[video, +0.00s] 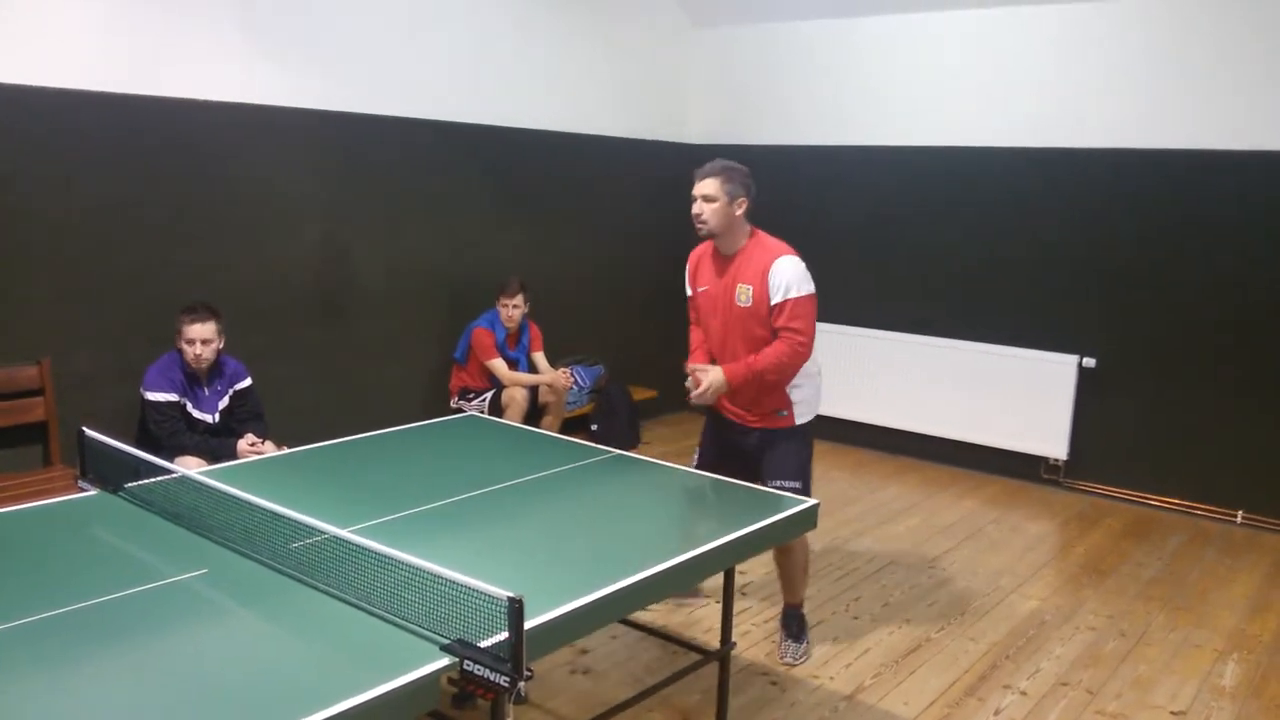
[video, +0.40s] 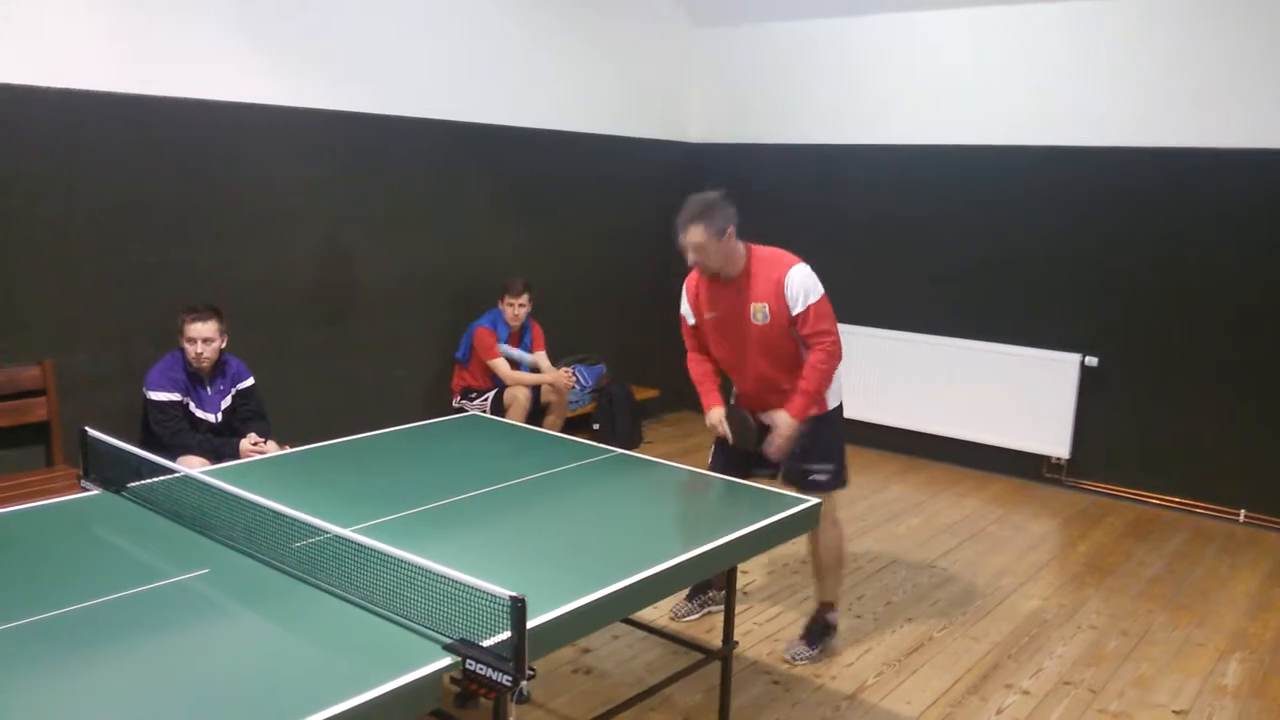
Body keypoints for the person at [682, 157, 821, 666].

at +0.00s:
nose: (696, 209)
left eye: (707, 201)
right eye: (694, 200)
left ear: (740, 206)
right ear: (696, 206)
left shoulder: (782, 265)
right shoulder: (697, 261)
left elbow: (796, 344)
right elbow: (699, 329)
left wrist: (728, 377)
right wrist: (699, 365)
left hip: (781, 424)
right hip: (724, 416)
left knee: (787, 523)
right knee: (699, 503)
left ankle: (793, 616)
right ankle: (686, 578)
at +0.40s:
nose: (690, 259)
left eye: (697, 248)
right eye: (686, 250)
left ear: (727, 236)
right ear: (687, 244)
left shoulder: (788, 274)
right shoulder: (695, 287)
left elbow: (826, 347)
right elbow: (697, 352)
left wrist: (794, 414)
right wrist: (712, 404)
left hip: (807, 407)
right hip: (745, 408)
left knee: (818, 508)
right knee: (717, 496)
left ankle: (825, 619)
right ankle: (715, 582)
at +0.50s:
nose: (696, 294)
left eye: (700, 284)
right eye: (689, 286)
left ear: (723, 263)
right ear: (682, 275)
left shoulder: (788, 281)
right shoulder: (689, 300)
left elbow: (831, 345)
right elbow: (687, 348)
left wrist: (826, 413)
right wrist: (698, 402)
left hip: (810, 402)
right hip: (748, 402)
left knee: (844, 493)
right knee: (724, 490)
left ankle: (863, 593)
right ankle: (714, 584)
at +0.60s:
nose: (729, 311)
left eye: (733, 303)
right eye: (720, 306)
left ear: (749, 276)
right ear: (704, 290)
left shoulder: (802, 287)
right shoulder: (693, 301)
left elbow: (849, 340)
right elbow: (677, 333)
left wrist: (870, 401)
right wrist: (674, 383)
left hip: (822, 395)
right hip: (755, 400)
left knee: (867, 478)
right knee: (723, 485)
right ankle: (715, 581)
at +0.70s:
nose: (775, 312)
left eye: (781, 303)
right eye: (765, 306)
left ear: (793, 282)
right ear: (747, 287)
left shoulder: (828, 282)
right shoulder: (715, 290)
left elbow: (862, 321)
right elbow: (675, 312)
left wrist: (884, 361)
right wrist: (655, 349)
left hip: (829, 387)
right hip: (761, 398)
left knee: (894, 459)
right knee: (736, 489)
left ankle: (947, 546)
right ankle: (717, 579)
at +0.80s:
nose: (827, 306)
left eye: (834, 298)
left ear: (846, 276)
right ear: (798, 277)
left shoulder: (854, 277)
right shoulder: (750, 288)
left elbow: (863, 308)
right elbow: (687, 297)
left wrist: (877, 344)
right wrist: (649, 328)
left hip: (837, 384)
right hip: (773, 400)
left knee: (901, 450)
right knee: (752, 497)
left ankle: (958, 548)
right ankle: (719, 584)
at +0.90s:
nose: (885, 294)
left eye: (891, 286)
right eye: (884, 284)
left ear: (886, 263)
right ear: (862, 256)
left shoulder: (868, 274)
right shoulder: (795, 279)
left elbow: (864, 313)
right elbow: (722, 295)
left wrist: (878, 344)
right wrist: (670, 334)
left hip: (852, 391)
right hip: (790, 401)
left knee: (912, 461)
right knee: (760, 501)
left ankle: (955, 573)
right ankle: (720, 583)